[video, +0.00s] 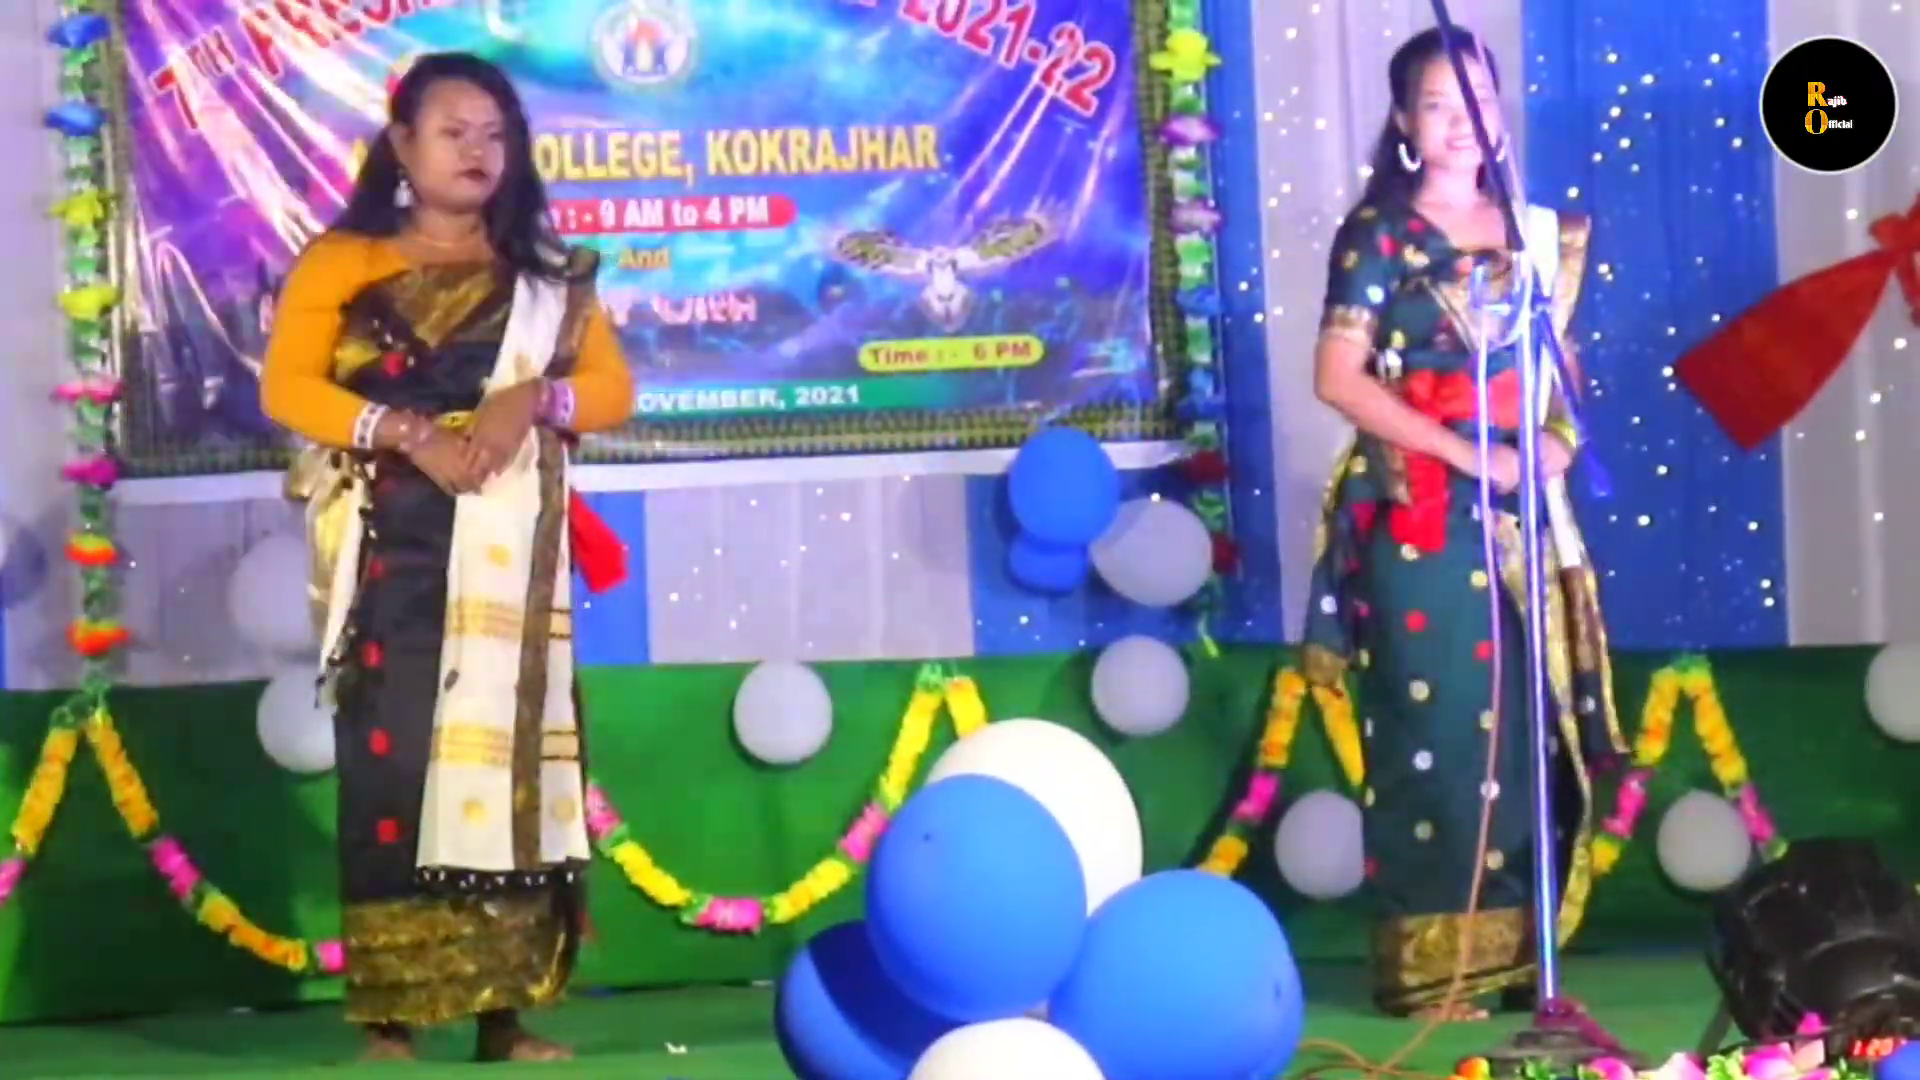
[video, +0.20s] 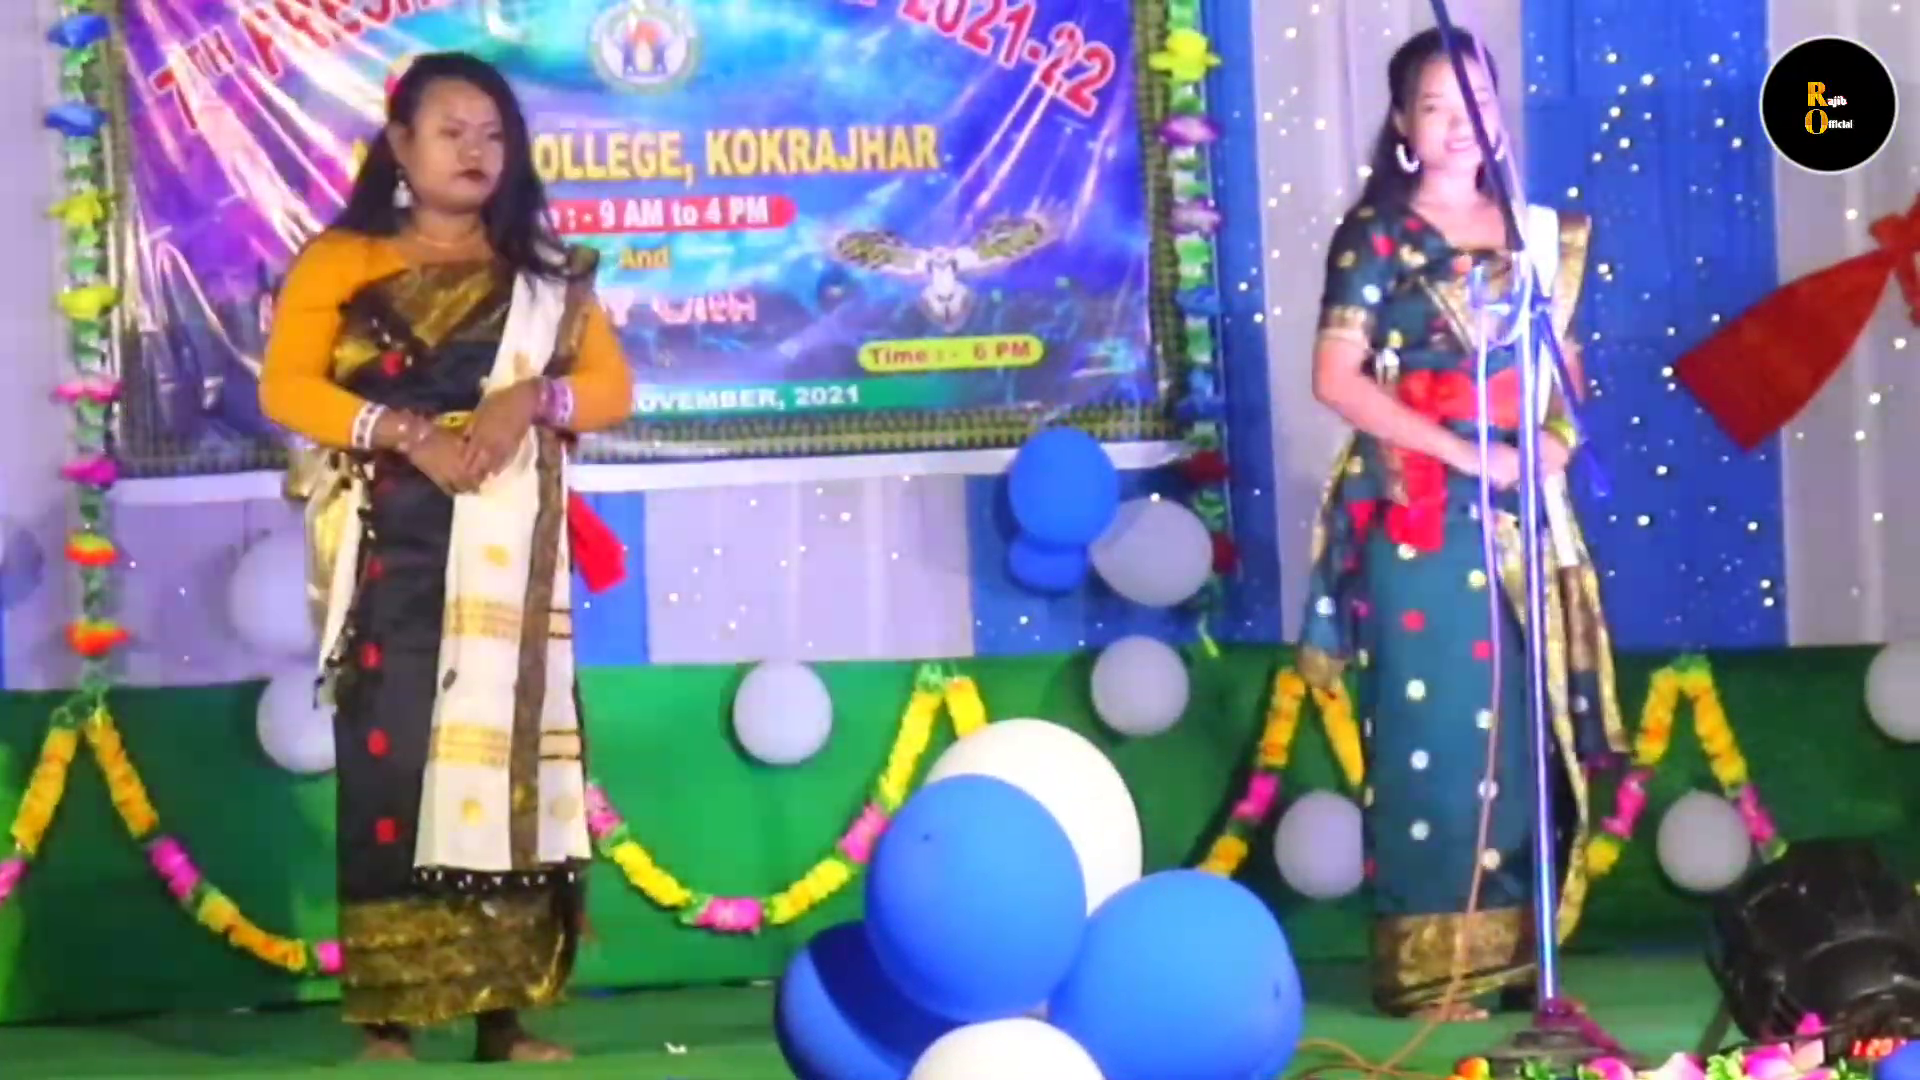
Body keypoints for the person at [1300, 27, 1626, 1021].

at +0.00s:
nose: (1456, 122)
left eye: (1471, 104)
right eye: (1435, 107)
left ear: (1495, 114)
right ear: (1405, 122)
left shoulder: (1527, 227)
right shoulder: (1379, 233)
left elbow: (1550, 360)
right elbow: (1337, 377)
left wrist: (1555, 435)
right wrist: (1463, 451)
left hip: (1521, 505)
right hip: (1425, 512)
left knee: (1532, 720)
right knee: (1442, 723)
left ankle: (1520, 951)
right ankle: (1434, 957)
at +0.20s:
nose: (1455, 127)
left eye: (1470, 108)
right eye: (1434, 111)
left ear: (1493, 116)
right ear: (1404, 123)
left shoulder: (1528, 229)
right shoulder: (1376, 234)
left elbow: (1558, 362)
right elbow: (1336, 378)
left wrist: (1555, 431)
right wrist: (1465, 451)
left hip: (1520, 511)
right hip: (1423, 516)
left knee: (1530, 723)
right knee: (1438, 725)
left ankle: (1520, 955)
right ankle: (1434, 961)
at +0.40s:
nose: (1451, 129)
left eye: (1467, 112)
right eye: (1431, 113)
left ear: (1492, 119)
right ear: (1401, 124)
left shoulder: (1529, 230)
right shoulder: (1371, 235)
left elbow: (1561, 363)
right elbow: (1330, 377)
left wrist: (1551, 424)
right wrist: (1451, 447)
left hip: (1524, 512)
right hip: (1421, 518)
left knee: (1533, 725)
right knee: (1437, 728)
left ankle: (1522, 961)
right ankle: (1429, 966)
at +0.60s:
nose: (1445, 132)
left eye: (1462, 114)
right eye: (1426, 115)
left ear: (1489, 122)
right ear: (1398, 124)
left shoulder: (1522, 230)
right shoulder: (1369, 236)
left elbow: (1559, 367)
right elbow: (1329, 380)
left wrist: (1560, 353)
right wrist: (1454, 448)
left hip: (1523, 510)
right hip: (1422, 517)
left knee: (1532, 726)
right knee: (1436, 729)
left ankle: (1520, 961)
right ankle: (1430, 967)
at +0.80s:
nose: (1443, 132)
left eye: (1461, 115)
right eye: (1425, 114)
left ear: (1488, 126)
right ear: (1396, 126)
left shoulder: (1524, 233)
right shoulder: (1368, 240)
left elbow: (1560, 371)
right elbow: (1328, 384)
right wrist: (1456, 451)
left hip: (1524, 513)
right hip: (1421, 520)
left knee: (1534, 727)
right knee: (1439, 730)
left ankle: (1523, 960)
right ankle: (1434, 967)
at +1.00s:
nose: (1452, 134)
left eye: (1467, 116)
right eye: (1432, 116)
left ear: (1490, 124)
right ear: (1398, 126)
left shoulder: (1525, 234)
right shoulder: (1366, 242)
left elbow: (1560, 391)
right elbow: (1328, 385)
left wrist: (1561, 308)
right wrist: (1457, 451)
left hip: (1529, 515)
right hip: (1426, 520)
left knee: (1538, 729)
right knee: (1440, 730)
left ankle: (1530, 967)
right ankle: (1438, 968)